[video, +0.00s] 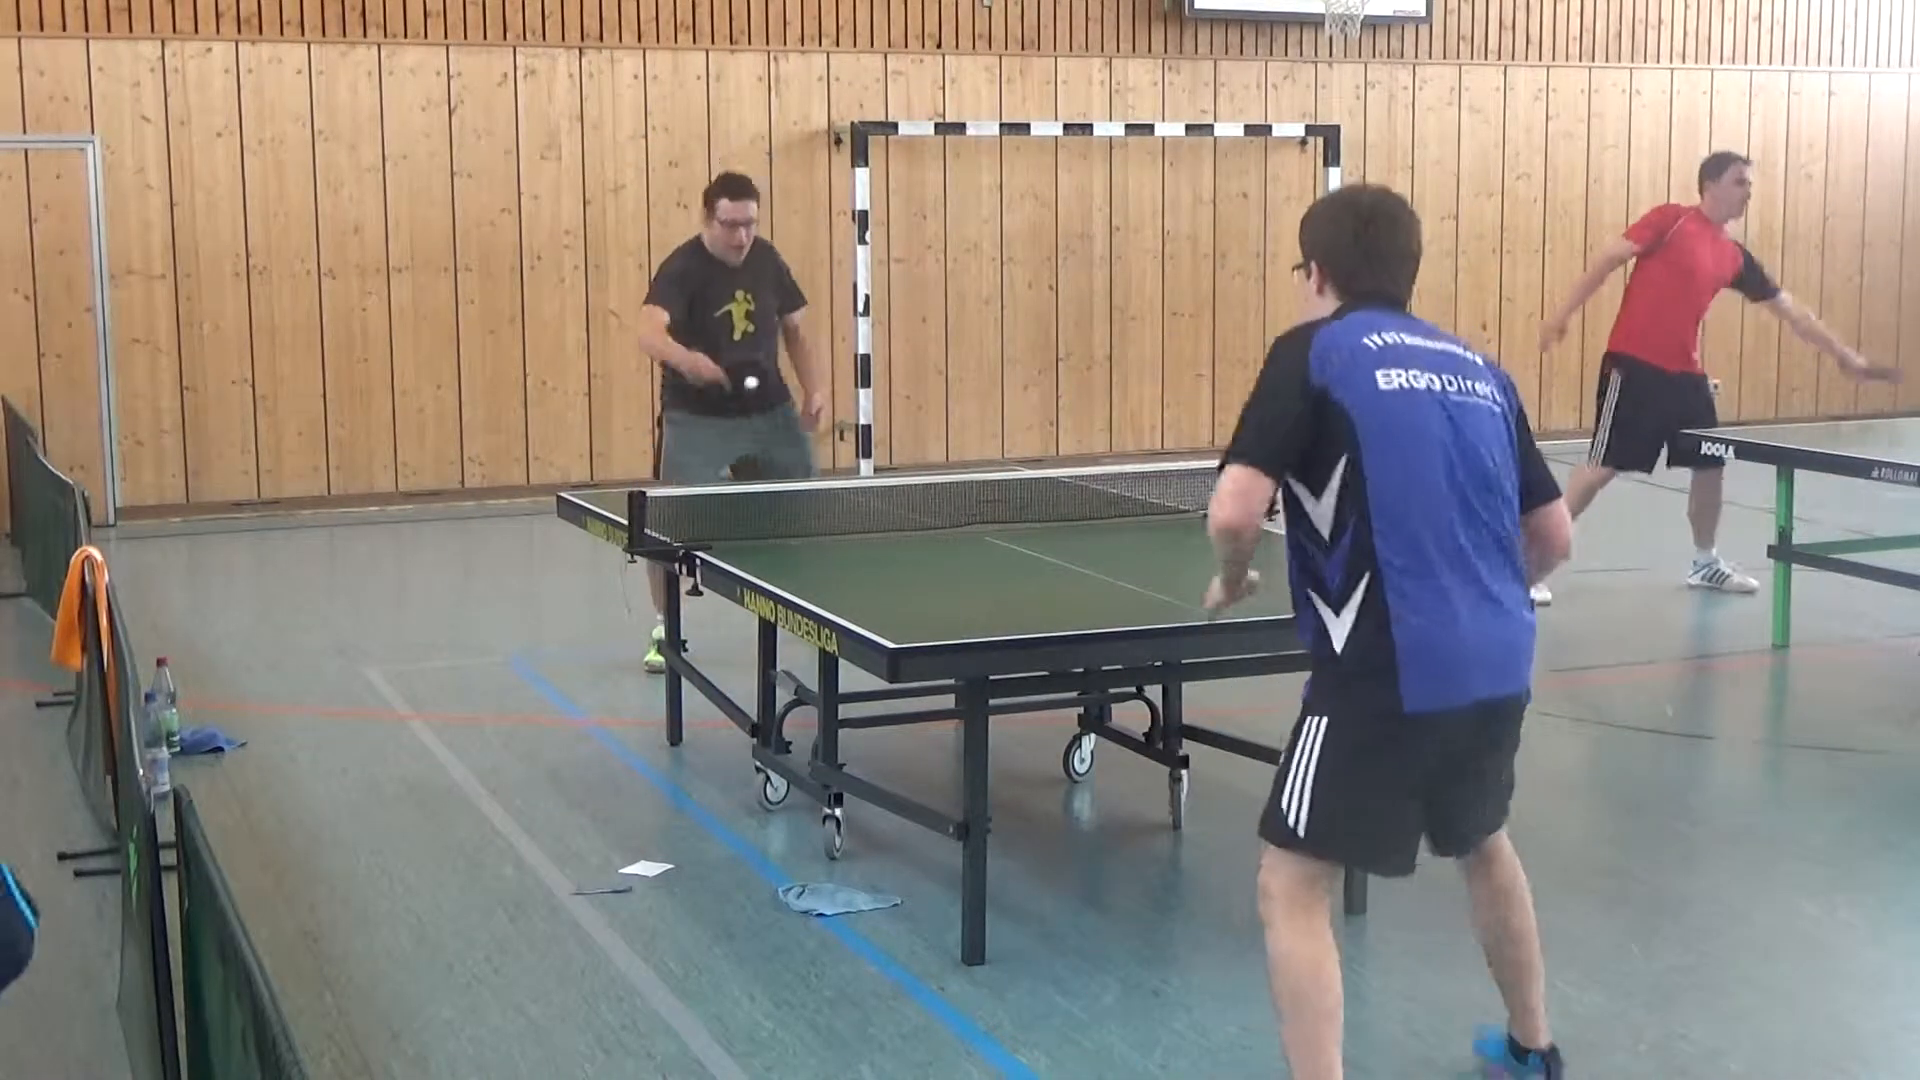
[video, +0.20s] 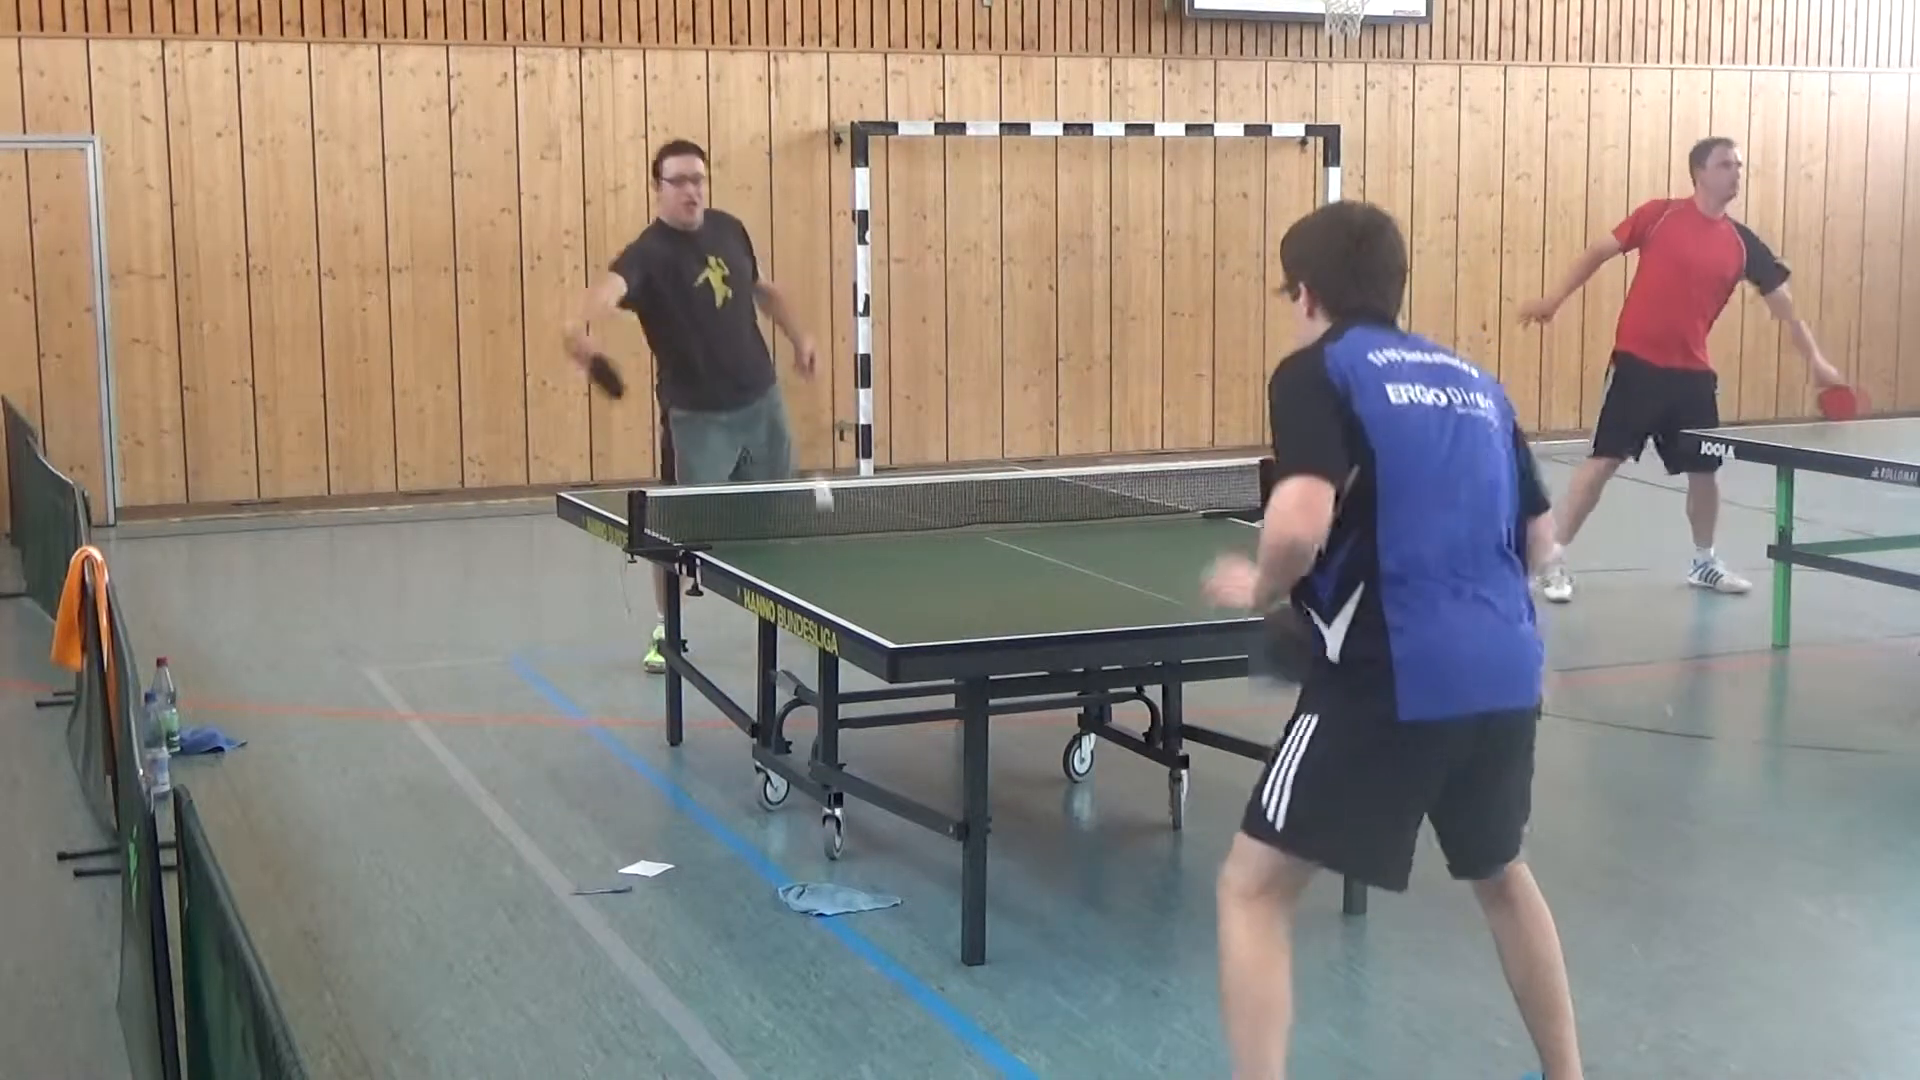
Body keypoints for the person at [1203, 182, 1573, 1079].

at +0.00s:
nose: (1301, 282)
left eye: (1304, 269)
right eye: (1304, 268)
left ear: (1323, 277)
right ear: (1408, 275)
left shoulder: (1310, 353)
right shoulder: (1482, 370)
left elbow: (1235, 514)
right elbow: (1551, 535)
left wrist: (1230, 576)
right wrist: (1486, 587)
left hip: (1382, 674)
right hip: (1497, 670)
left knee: (1293, 883)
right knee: (1484, 844)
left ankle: (1318, 1071)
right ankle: (1535, 1045)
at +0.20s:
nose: (1292, 309)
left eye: (1292, 293)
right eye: (1291, 292)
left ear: (1312, 297)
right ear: (1392, 288)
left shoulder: (1315, 372)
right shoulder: (1478, 382)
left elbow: (1302, 521)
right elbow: (1539, 539)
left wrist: (1261, 582)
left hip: (1387, 682)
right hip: (1505, 682)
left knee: (1254, 889)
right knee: (1502, 873)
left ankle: (1258, 1071)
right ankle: (1567, 1070)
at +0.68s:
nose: (1062, 319)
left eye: (1083, 296)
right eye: (1053, 297)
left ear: (1153, 293)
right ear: (1043, 293)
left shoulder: (1190, 402)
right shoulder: (1152, 391)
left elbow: (1228, 600)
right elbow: (1095, 545)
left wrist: (1091, 696)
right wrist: (958, 625)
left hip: (1215, 727)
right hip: (1265, 711)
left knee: (1064, 942)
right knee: (1280, 887)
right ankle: (1426, 1060)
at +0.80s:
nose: (1040, 296)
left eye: (1064, 273)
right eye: (1028, 273)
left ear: (1135, 274)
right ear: (1016, 270)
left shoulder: (1180, 392)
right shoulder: (1101, 375)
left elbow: (1219, 596)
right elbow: (1083, 548)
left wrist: (1067, 699)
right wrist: (1021, 696)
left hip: (1181, 721)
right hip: (1171, 705)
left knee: (1054, 944)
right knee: (1190, 915)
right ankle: (1299, 1071)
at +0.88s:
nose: (1038, 276)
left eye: (1065, 253)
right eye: (1026, 251)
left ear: (1132, 257)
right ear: (1012, 248)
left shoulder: (1180, 378)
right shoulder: (1073, 366)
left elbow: (1228, 582)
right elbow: (1080, 554)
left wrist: (1062, 688)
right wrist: (1047, 691)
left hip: (1164, 725)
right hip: (1112, 709)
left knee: (1056, 945)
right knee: (1143, 919)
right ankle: (1229, 1069)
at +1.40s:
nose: (1025, 255)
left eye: (1052, 231)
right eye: (1001, 227)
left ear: (1086, 238)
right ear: (963, 231)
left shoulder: (1151, 377)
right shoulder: (911, 367)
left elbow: (1212, 578)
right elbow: (897, 538)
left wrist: (1029, 624)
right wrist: (861, 719)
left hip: (1080, 761)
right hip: (937, 747)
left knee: (1102, 996)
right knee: (909, 1000)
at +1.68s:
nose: (983, 246)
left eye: (1009, 220)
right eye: (957, 216)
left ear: (1042, 227)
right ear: (906, 216)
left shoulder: (1107, 364)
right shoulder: (835, 380)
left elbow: (1154, 570)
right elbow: (763, 574)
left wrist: (1116, 776)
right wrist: (724, 783)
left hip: (1043, 781)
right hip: (884, 778)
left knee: (1042, 1055)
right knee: (880, 1044)